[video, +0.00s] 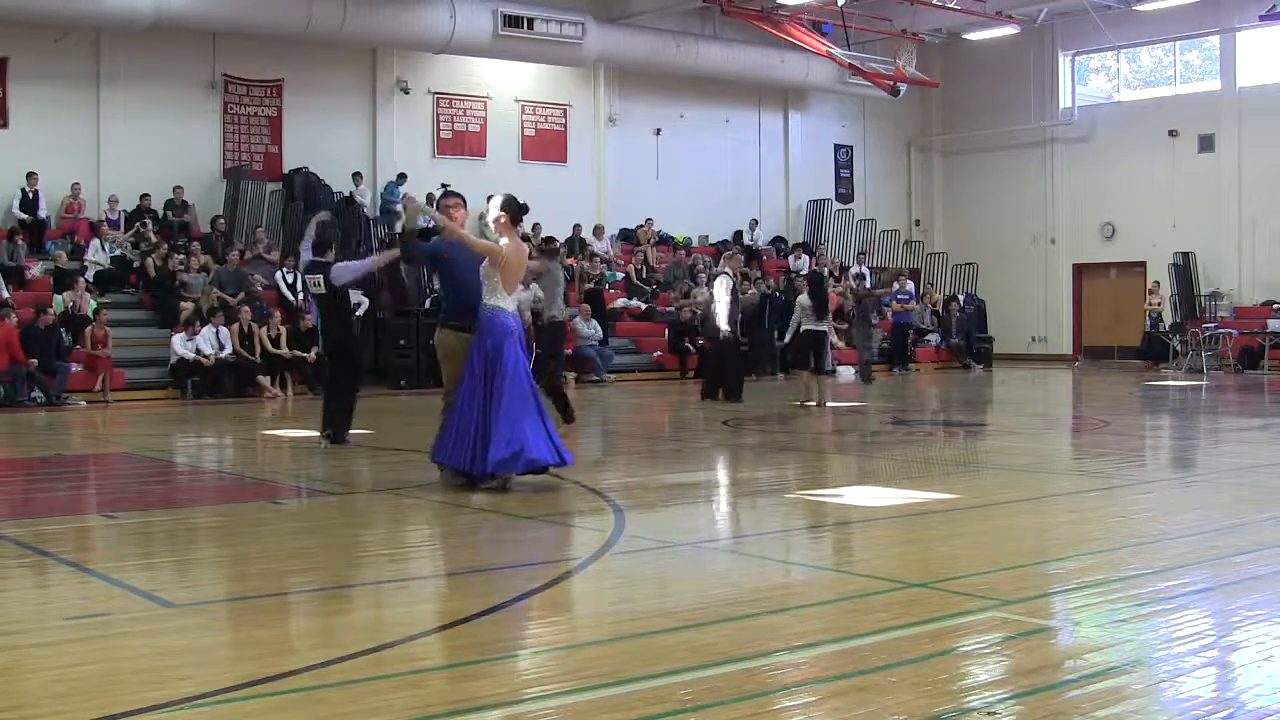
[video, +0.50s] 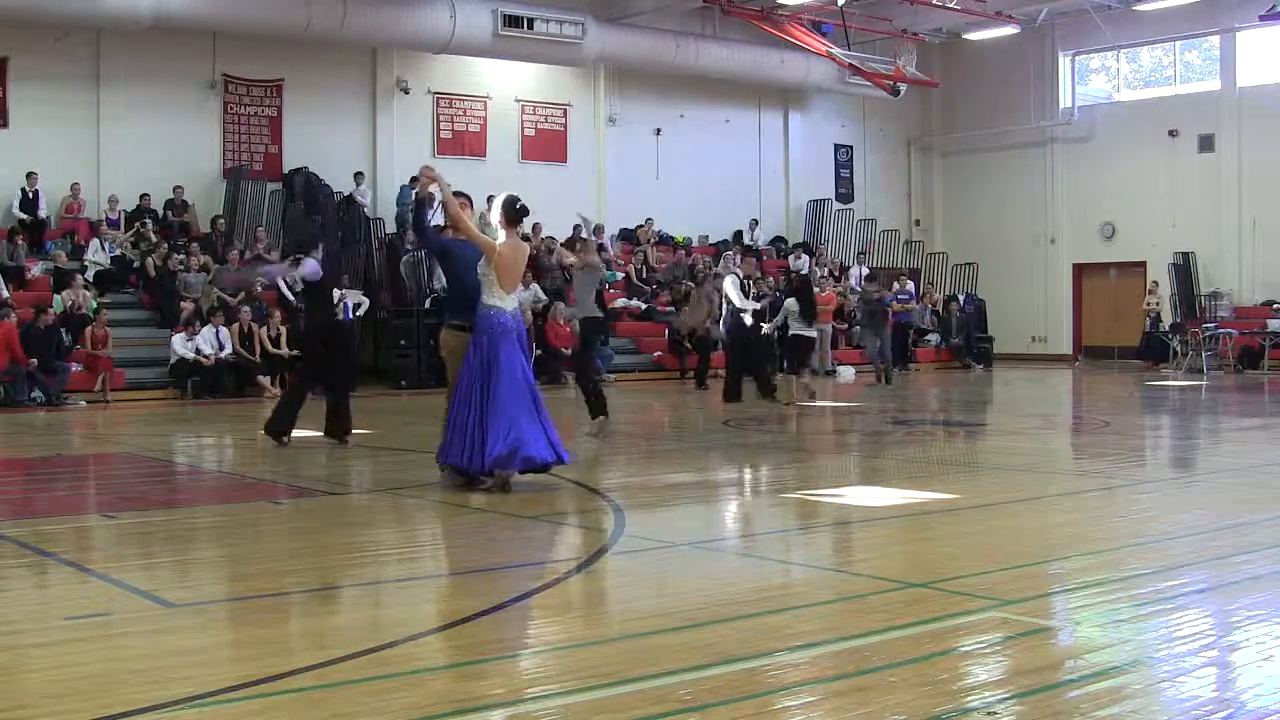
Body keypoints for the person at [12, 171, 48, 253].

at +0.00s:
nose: (36, 181)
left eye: (37, 179)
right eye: (34, 179)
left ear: (38, 180)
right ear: (28, 180)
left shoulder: (39, 193)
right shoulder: (20, 192)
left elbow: (42, 208)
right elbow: (14, 210)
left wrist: (41, 216)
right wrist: (25, 217)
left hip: (36, 217)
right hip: (24, 218)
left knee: (43, 224)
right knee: (33, 225)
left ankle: (40, 248)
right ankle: (32, 248)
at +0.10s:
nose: (36, 181)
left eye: (37, 179)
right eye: (34, 179)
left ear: (38, 180)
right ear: (28, 180)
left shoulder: (39, 193)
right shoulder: (20, 192)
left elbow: (42, 208)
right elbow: (14, 210)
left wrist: (41, 216)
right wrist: (25, 217)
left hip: (36, 217)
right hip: (24, 218)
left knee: (43, 223)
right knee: (33, 225)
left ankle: (40, 247)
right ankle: (32, 248)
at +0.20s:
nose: (36, 181)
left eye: (37, 179)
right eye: (34, 179)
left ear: (38, 180)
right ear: (28, 180)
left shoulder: (39, 193)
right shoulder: (20, 192)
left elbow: (42, 208)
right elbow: (14, 209)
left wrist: (41, 216)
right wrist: (25, 217)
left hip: (36, 217)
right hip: (24, 217)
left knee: (43, 223)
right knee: (33, 225)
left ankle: (40, 247)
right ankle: (32, 248)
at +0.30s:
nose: (36, 181)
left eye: (37, 179)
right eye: (34, 179)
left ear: (37, 180)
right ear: (28, 180)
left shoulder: (39, 193)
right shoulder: (20, 192)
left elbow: (42, 208)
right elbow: (14, 209)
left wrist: (41, 216)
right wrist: (25, 217)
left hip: (36, 217)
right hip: (24, 217)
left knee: (42, 224)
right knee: (32, 225)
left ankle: (40, 247)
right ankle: (32, 247)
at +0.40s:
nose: (36, 181)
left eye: (36, 179)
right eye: (34, 179)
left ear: (37, 180)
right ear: (28, 180)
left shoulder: (39, 193)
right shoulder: (20, 192)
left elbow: (42, 208)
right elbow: (14, 209)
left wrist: (42, 216)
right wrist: (25, 217)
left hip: (36, 217)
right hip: (25, 217)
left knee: (42, 224)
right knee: (32, 226)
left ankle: (40, 247)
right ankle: (31, 247)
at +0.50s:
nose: (35, 181)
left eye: (36, 179)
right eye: (33, 179)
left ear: (37, 180)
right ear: (27, 180)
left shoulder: (39, 193)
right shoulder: (20, 192)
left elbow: (42, 208)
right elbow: (14, 209)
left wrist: (42, 216)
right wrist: (25, 217)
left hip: (36, 217)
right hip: (25, 217)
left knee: (42, 223)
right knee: (32, 226)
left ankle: (40, 247)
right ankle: (31, 247)